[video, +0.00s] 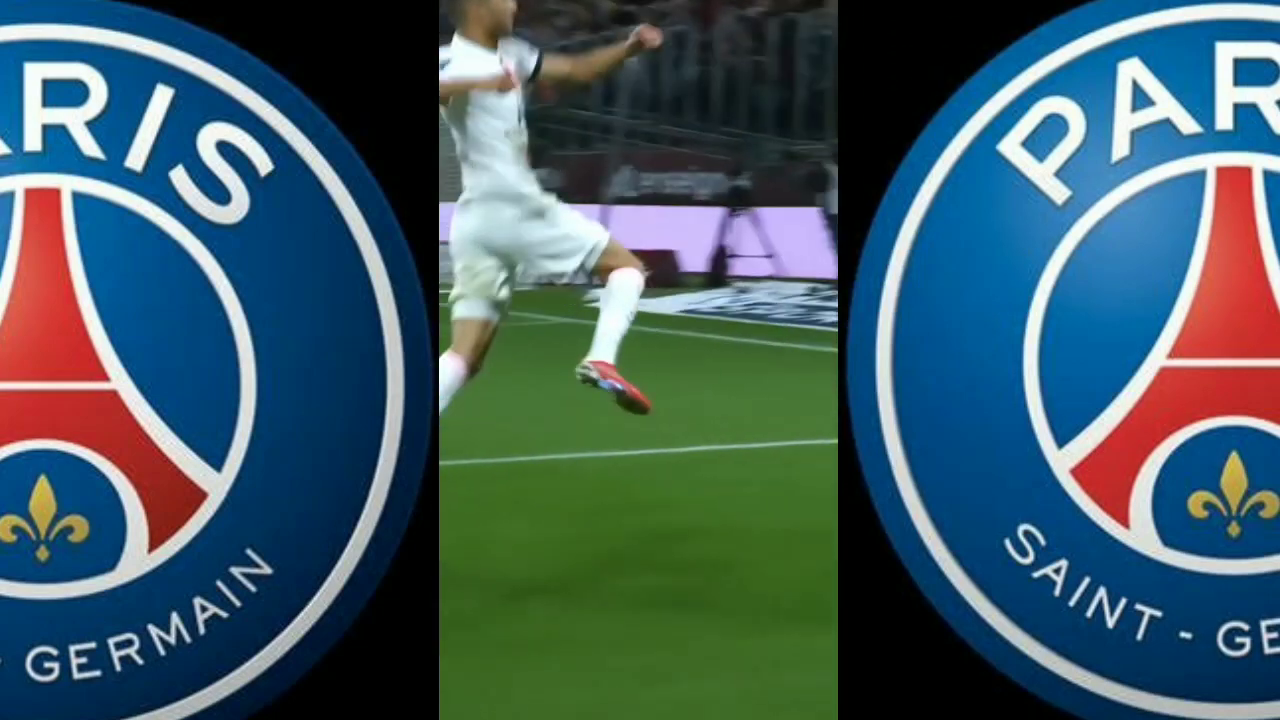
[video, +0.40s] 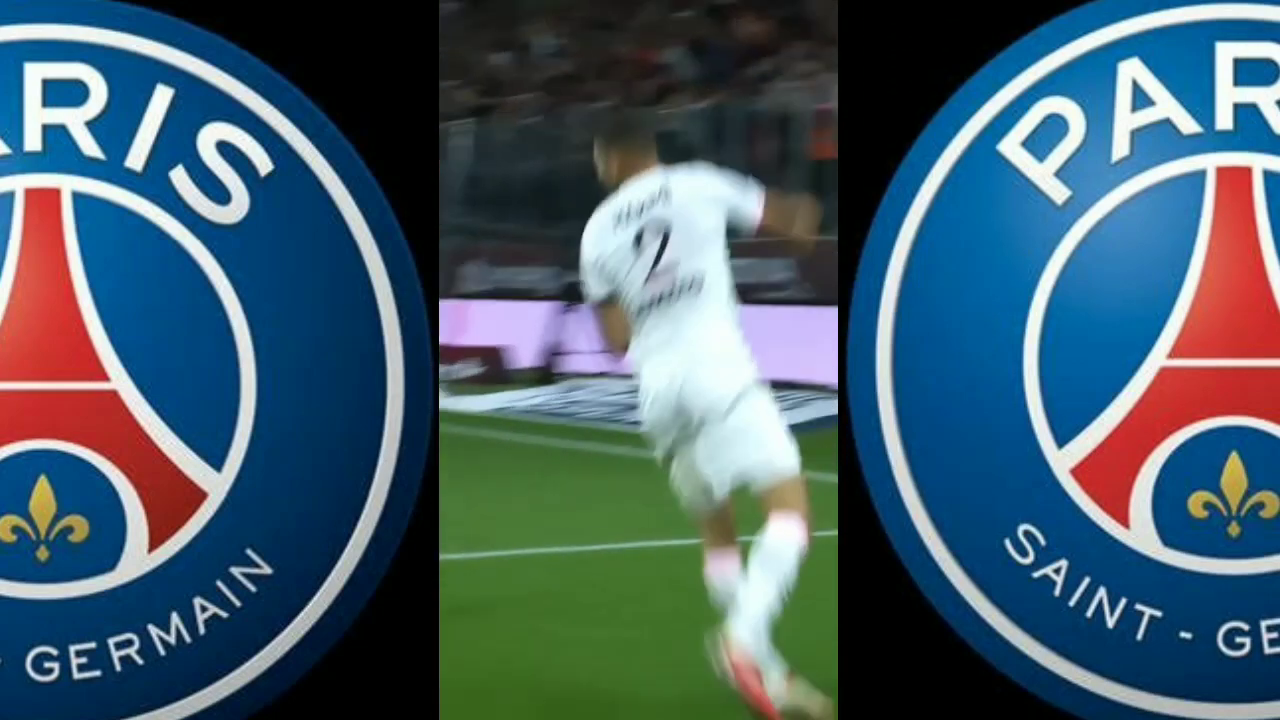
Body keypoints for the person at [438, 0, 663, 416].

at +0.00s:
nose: (514, 7)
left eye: (512, 0)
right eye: (506, 0)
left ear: (481, 10)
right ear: (479, 7)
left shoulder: (509, 53)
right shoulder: (452, 58)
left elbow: (576, 68)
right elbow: (442, 88)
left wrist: (628, 47)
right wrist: (484, 83)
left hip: (475, 217)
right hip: (514, 207)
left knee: (465, 351)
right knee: (627, 269)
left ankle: (397, 434)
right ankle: (601, 359)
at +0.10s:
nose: (579, 1)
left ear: (560, 5)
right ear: (552, 1)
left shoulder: (588, 29)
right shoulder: (524, 43)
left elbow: (636, 39)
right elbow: (488, 79)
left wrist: (698, 46)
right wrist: (556, 59)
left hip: (554, 197)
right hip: (593, 188)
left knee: (552, 331)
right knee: (705, 279)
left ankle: (522, 448)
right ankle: (710, 398)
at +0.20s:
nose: (643, 12)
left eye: (641, 8)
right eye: (639, 7)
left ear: (597, 12)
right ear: (629, 8)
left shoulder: (618, 61)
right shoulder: (604, 53)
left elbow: (660, 122)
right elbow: (592, 99)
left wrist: (721, 99)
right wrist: (646, 38)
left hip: (619, 220)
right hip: (670, 211)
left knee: (620, 368)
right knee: (758, 321)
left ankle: (600, 505)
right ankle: (789, 459)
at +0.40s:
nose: (600, 169)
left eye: (598, 161)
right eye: (604, 160)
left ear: (605, 161)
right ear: (654, 147)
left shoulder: (597, 231)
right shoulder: (698, 182)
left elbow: (616, 334)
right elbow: (795, 221)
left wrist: (656, 283)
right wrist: (800, 211)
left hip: (656, 393)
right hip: (723, 373)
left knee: (716, 532)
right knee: (789, 509)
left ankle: (773, 676)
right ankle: (744, 633)